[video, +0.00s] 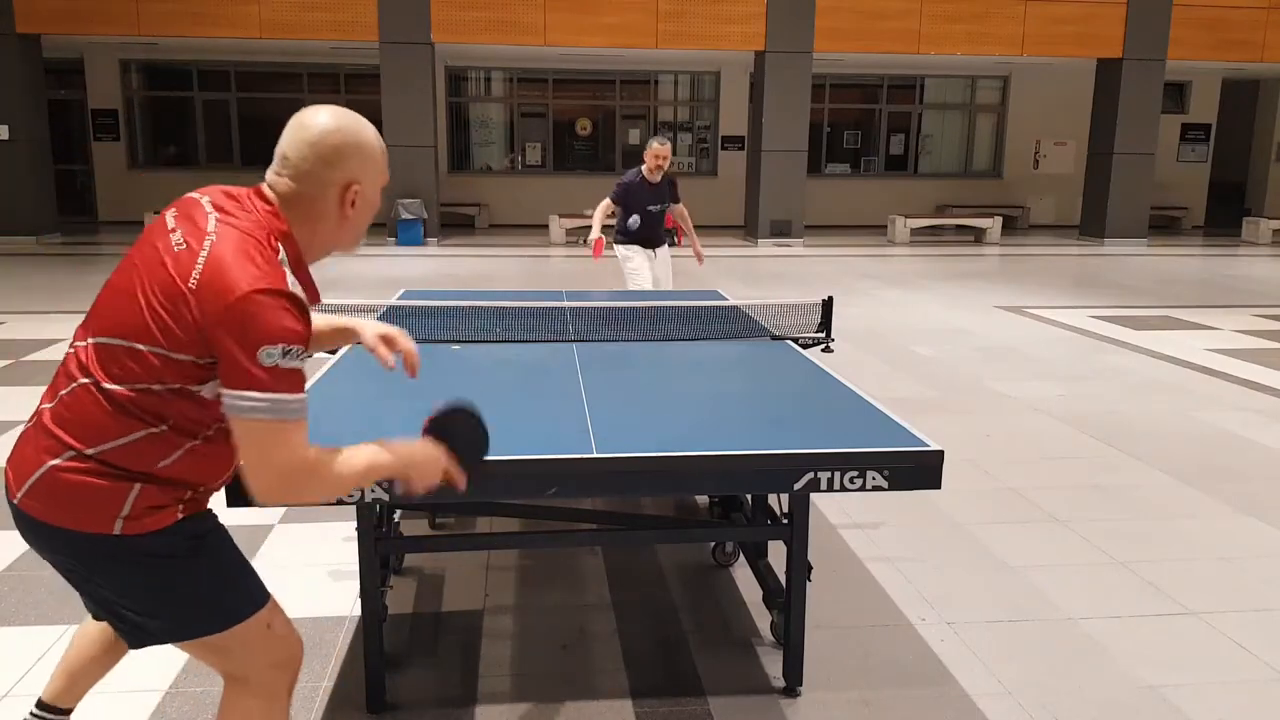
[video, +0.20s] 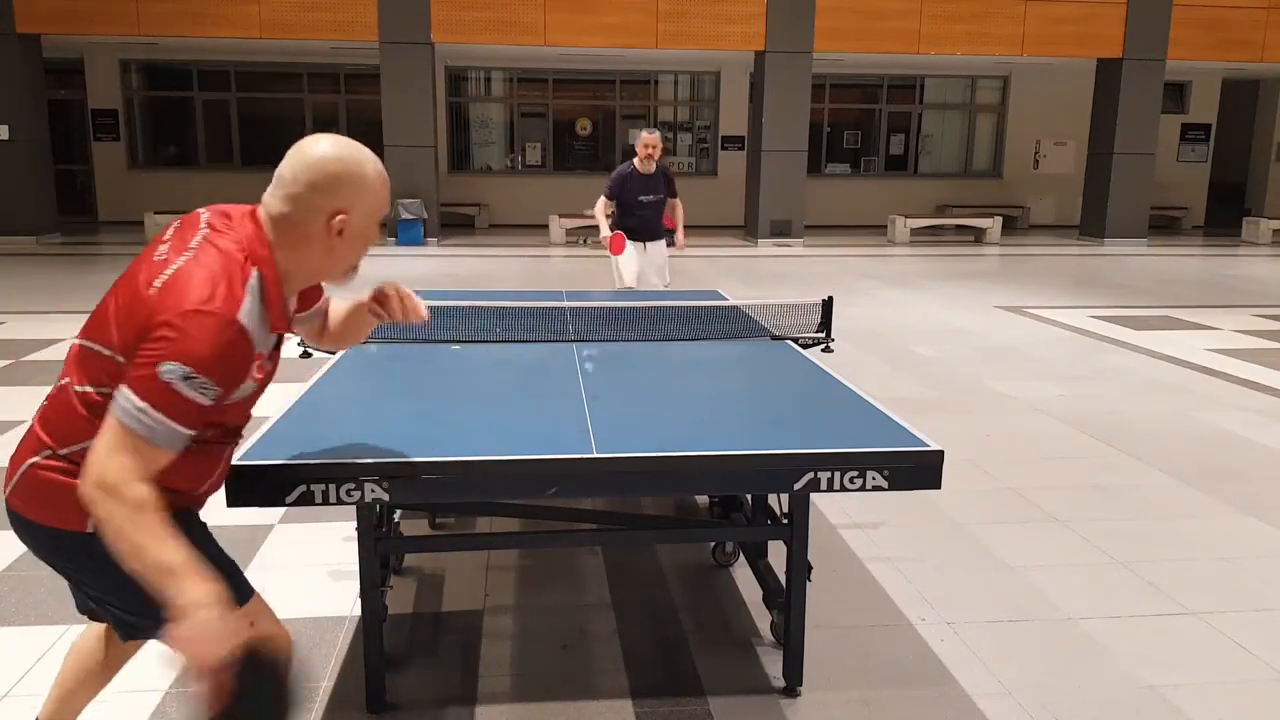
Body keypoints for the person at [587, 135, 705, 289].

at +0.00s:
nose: (660, 163)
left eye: (665, 158)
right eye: (656, 157)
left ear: (670, 160)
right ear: (645, 156)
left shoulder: (668, 182)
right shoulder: (630, 182)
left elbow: (679, 212)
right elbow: (604, 207)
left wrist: (695, 244)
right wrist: (595, 232)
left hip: (658, 246)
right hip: (630, 246)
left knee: (664, 296)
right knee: (643, 295)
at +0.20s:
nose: (650, 152)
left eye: (654, 147)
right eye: (645, 147)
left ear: (660, 149)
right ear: (637, 148)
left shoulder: (664, 174)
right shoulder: (622, 174)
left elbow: (675, 203)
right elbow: (600, 205)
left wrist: (679, 231)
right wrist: (604, 230)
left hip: (656, 243)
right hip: (626, 243)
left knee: (658, 291)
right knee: (627, 291)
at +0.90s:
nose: (647, 157)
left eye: (651, 153)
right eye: (643, 152)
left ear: (656, 154)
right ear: (633, 151)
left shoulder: (653, 175)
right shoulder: (621, 177)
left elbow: (656, 204)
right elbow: (600, 211)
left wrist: (665, 238)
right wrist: (611, 243)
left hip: (643, 242)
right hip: (617, 243)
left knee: (650, 288)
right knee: (617, 290)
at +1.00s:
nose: (649, 161)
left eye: (653, 157)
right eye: (645, 155)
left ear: (658, 158)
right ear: (635, 154)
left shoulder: (653, 175)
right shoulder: (621, 179)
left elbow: (655, 204)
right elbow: (606, 217)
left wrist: (664, 239)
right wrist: (628, 246)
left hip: (641, 239)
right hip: (615, 239)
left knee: (649, 285)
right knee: (620, 283)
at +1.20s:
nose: (649, 181)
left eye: (654, 177)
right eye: (646, 175)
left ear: (658, 175)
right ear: (635, 165)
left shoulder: (646, 184)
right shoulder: (618, 189)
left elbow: (643, 213)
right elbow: (617, 233)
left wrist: (656, 236)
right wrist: (645, 231)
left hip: (633, 239)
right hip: (608, 241)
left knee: (642, 286)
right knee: (625, 289)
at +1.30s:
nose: (647, 194)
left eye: (651, 190)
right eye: (645, 187)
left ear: (655, 188)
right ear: (635, 176)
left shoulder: (636, 189)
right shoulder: (612, 195)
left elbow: (639, 211)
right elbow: (607, 240)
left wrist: (654, 235)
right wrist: (633, 254)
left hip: (628, 244)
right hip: (603, 247)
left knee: (642, 288)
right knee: (625, 290)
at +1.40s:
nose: (643, 186)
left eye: (647, 183)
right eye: (640, 180)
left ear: (651, 180)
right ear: (630, 170)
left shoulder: (633, 186)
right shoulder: (610, 190)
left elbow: (638, 202)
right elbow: (601, 227)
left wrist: (653, 218)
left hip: (629, 243)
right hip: (609, 247)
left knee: (639, 286)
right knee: (623, 292)